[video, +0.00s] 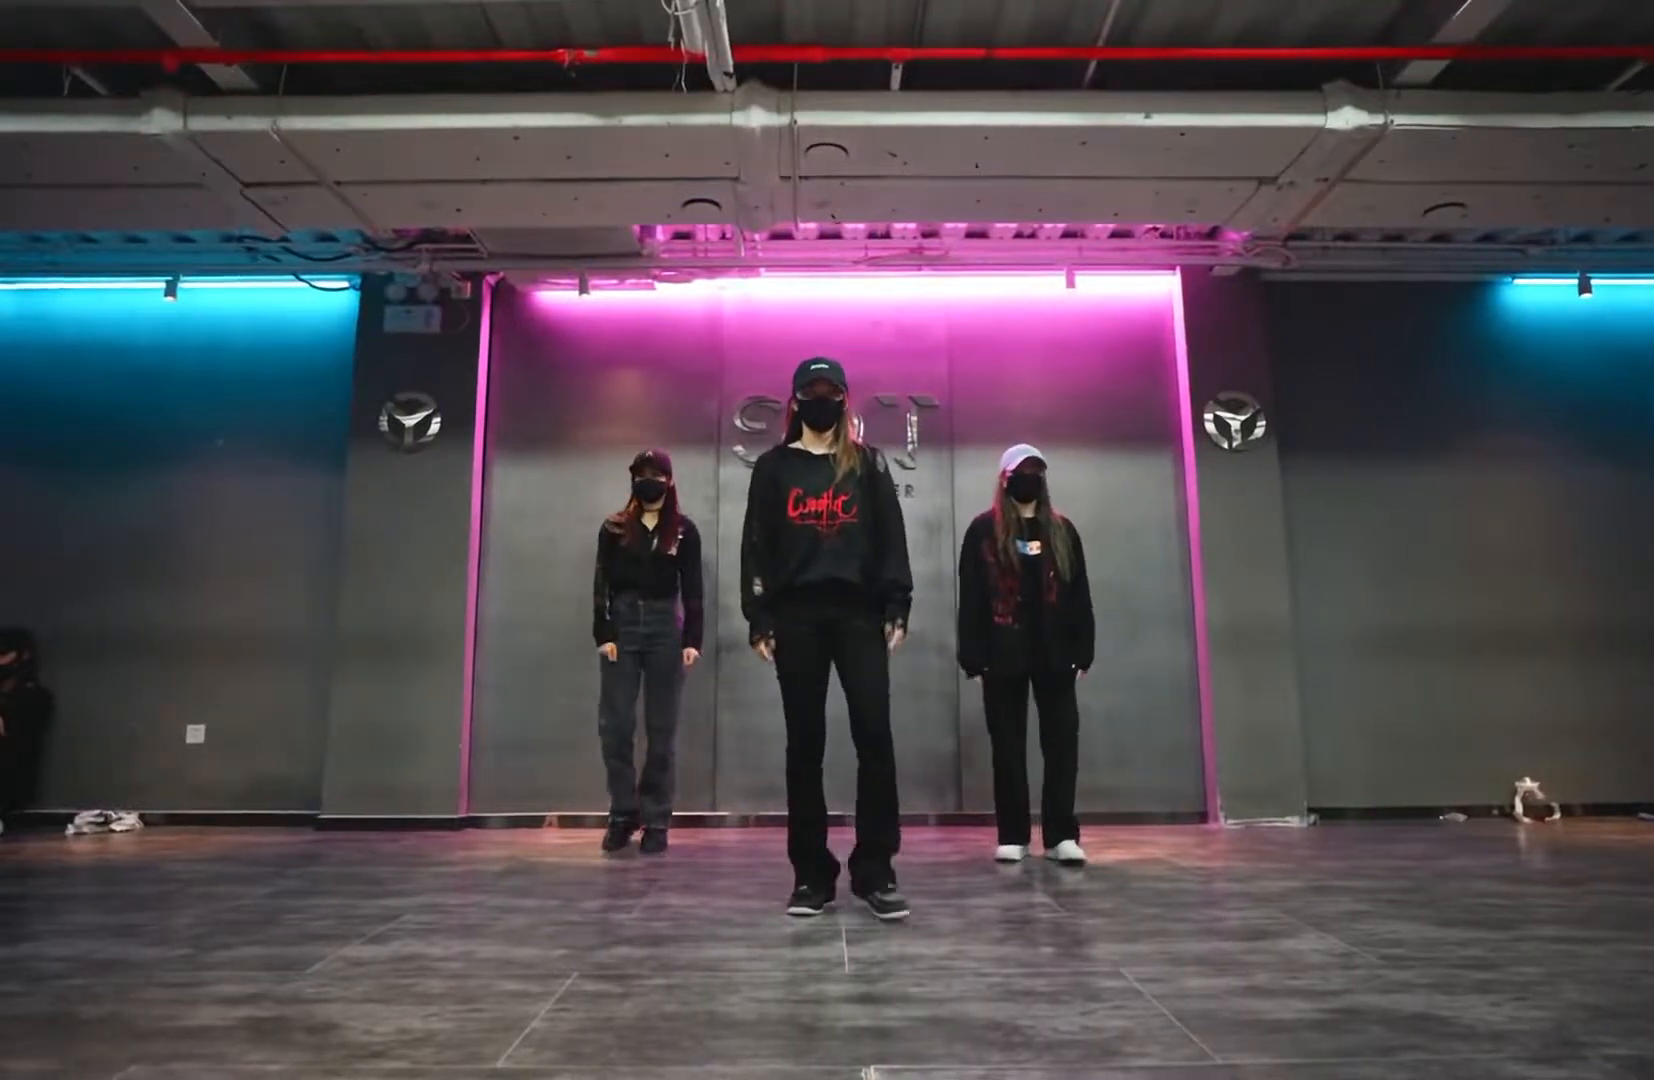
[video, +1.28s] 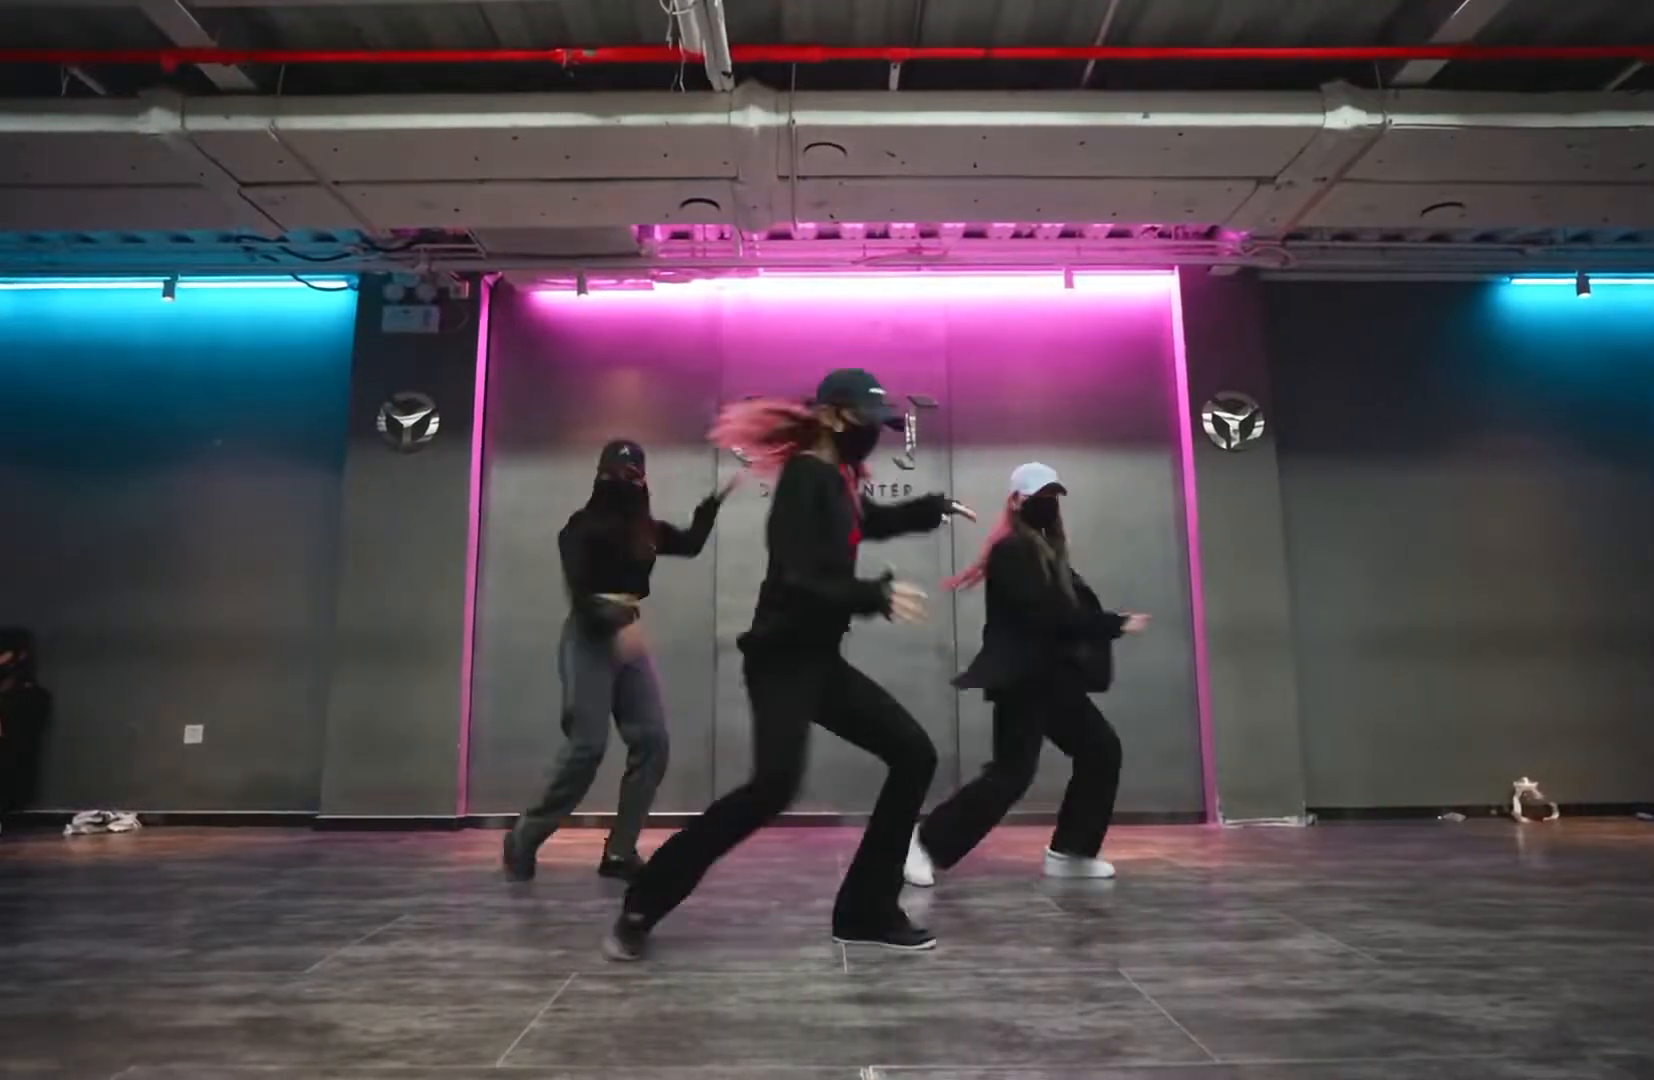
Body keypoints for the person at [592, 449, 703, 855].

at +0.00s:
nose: (649, 488)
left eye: (656, 482)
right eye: (642, 482)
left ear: (669, 484)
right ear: (633, 483)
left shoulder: (683, 530)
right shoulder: (614, 528)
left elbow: (693, 590)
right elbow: (602, 586)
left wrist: (693, 639)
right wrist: (604, 634)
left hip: (665, 632)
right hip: (621, 631)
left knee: (660, 729)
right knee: (614, 725)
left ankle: (656, 822)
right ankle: (623, 814)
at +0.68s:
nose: (635, 496)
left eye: (643, 489)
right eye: (628, 489)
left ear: (657, 493)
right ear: (618, 492)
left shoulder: (672, 538)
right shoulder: (604, 534)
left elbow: (686, 582)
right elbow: (589, 581)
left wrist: (688, 612)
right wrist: (568, 615)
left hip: (661, 638)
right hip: (617, 639)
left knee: (662, 742)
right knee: (604, 733)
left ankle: (669, 828)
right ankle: (619, 757)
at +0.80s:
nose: (627, 500)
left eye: (635, 492)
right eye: (620, 492)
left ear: (649, 495)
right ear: (610, 495)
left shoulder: (657, 540)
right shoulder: (606, 538)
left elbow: (649, 593)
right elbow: (580, 584)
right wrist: (539, 603)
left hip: (651, 651)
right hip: (611, 648)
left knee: (655, 747)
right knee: (585, 711)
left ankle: (669, 829)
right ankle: (574, 793)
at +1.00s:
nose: (606, 499)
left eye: (615, 492)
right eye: (599, 491)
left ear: (631, 497)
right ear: (590, 495)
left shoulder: (641, 543)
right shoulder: (581, 543)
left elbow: (652, 590)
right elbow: (543, 583)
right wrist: (493, 571)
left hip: (628, 655)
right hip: (582, 653)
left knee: (647, 759)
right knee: (557, 741)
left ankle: (667, 850)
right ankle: (530, 853)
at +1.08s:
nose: (602, 494)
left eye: (611, 488)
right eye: (595, 486)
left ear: (626, 494)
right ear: (584, 489)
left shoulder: (638, 541)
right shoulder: (566, 530)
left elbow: (678, 585)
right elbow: (521, 553)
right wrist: (498, 546)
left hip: (626, 651)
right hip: (576, 650)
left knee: (655, 746)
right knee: (561, 742)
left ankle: (663, 846)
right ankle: (531, 852)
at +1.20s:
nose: (616, 488)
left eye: (625, 480)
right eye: (609, 478)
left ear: (636, 485)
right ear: (594, 481)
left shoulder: (645, 530)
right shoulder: (577, 522)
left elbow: (704, 539)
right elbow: (535, 561)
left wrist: (745, 506)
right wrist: (526, 609)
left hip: (626, 646)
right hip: (579, 644)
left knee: (657, 736)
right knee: (573, 745)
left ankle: (628, 847)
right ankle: (530, 849)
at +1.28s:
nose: (623, 481)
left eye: (631, 475)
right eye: (616, 473)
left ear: (641, 480)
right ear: (602, 475)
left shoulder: (642, 526)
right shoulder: (581, 527)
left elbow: (689, 543)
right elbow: (581, 600)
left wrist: (712, 503)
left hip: (624, 637)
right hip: (587, 638)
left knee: (651, 744)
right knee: (587, 746)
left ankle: (620, 852)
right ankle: (523, 840)